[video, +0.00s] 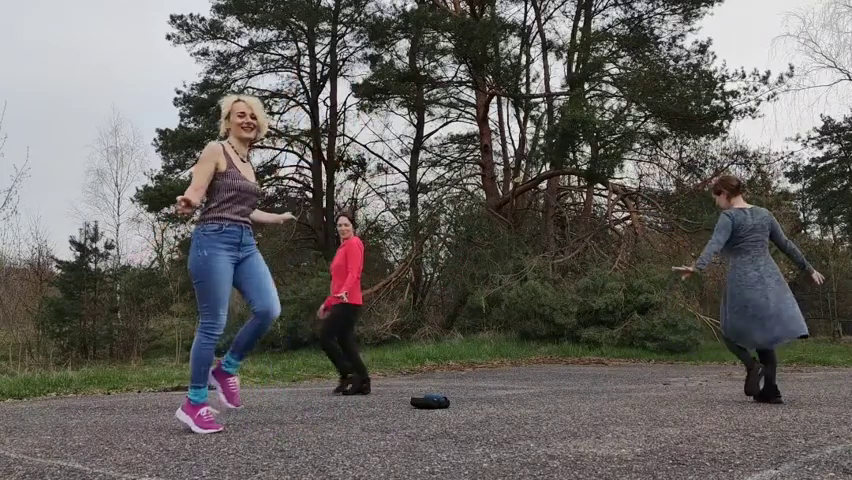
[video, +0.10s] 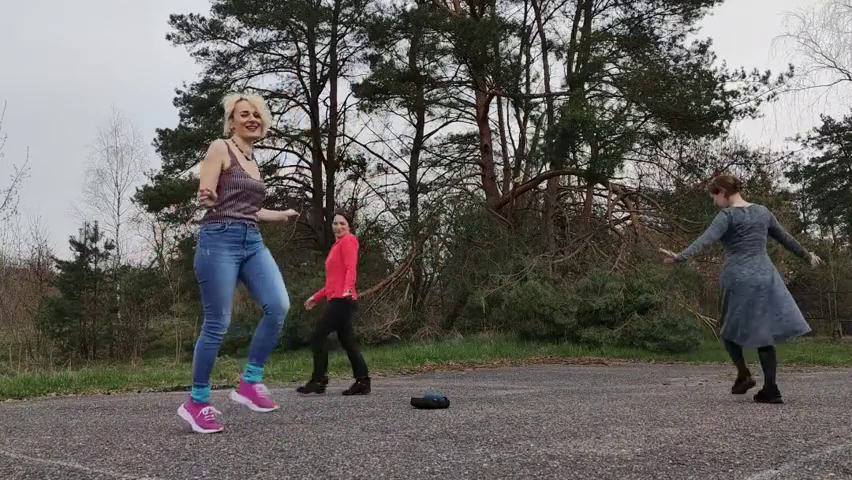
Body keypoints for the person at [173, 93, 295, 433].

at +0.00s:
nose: (247, 119)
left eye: (252, 116)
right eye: (240, 115)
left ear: (259, 124)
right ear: (228, 122)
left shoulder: (247, 164)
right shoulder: (216, 150)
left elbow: (244, 210)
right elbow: (197, 188)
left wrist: (278, 217)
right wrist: (188, 203)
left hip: (245, 243)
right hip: (213, 241)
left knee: (268, 310)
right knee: (212, 325)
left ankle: (225, 369)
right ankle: (195, 402)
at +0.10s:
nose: (251, 118)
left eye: (256, 114)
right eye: (244, 114)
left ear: (263, 123)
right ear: (231, 121)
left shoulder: (252, 161)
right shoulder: (220, 148)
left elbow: (249, 210)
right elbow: (206, 191)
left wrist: (282, 214)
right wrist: (208, 199)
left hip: (252, 242)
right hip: (219, 242)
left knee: (278, 305)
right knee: (217, 323)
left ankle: (251, 383)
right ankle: (198, 401)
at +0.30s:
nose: (266, 124)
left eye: (270, 120)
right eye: (258, 120)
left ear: (276, 129)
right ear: (245, 128)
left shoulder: (271, 169)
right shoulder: (235, 157)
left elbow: (273, 217)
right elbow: (230, 207)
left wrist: (293, 203)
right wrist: (242, 191)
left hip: (272, 254)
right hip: (237, 251)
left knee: (281, 334)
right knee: (227, 332)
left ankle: (299, 408)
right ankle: (198, 403)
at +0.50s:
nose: (293, 114)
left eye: (297, 110)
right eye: (284, 110)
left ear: (304, 120)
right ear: (270, 122)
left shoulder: (303, 161)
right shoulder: (264, 151)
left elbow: (296, 210)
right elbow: (252, 198)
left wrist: (313, 216)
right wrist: (263, 171)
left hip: (305, 247)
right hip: (269, 243)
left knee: (304, 334)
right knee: (272, 331)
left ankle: (306, 414)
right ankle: (223, 389)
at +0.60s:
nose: (304, 110)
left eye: (308, 106)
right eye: (296, 107)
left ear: (315, 118)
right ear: (282, 119)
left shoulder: (311, 163)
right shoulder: (274, 147)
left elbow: (314, 213)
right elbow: (261, 196)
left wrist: (331, 202)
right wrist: (269, 182)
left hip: (316, 242)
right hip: (282, 238)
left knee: (312, 330)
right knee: (302, 326)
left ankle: (307, 413)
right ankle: (263, 403)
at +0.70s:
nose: (317, 112)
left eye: (321, 108)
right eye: (309, 107)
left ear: (325, 117)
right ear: (292, 116)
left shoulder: (317, 159)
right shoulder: (284, 147)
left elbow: (320, 213)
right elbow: (270, 193)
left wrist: (345, 205)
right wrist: (275, 196)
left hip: (324, 239)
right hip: (294, 236)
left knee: (311, 327)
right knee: (326, 318)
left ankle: (307, 414)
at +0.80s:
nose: (331, 108)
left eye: (333, 104)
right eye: (323, 104)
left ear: (335, 115)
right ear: (305, 114)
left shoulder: (325, 161)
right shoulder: (293, 145)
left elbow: (338, 207)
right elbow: (278, 190)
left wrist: (366, 188)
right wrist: (277, 191)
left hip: (330, 239)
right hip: (303, 235)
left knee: (316, 332)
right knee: (351, 304)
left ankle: (307, 413)